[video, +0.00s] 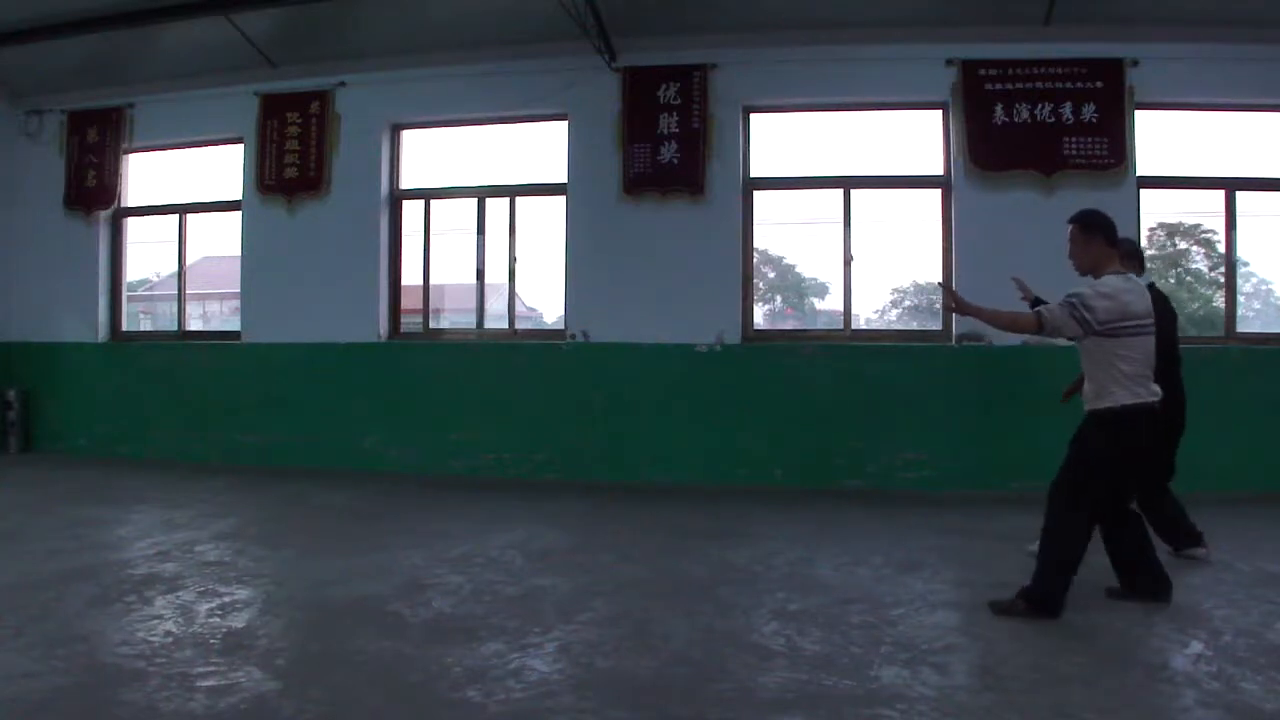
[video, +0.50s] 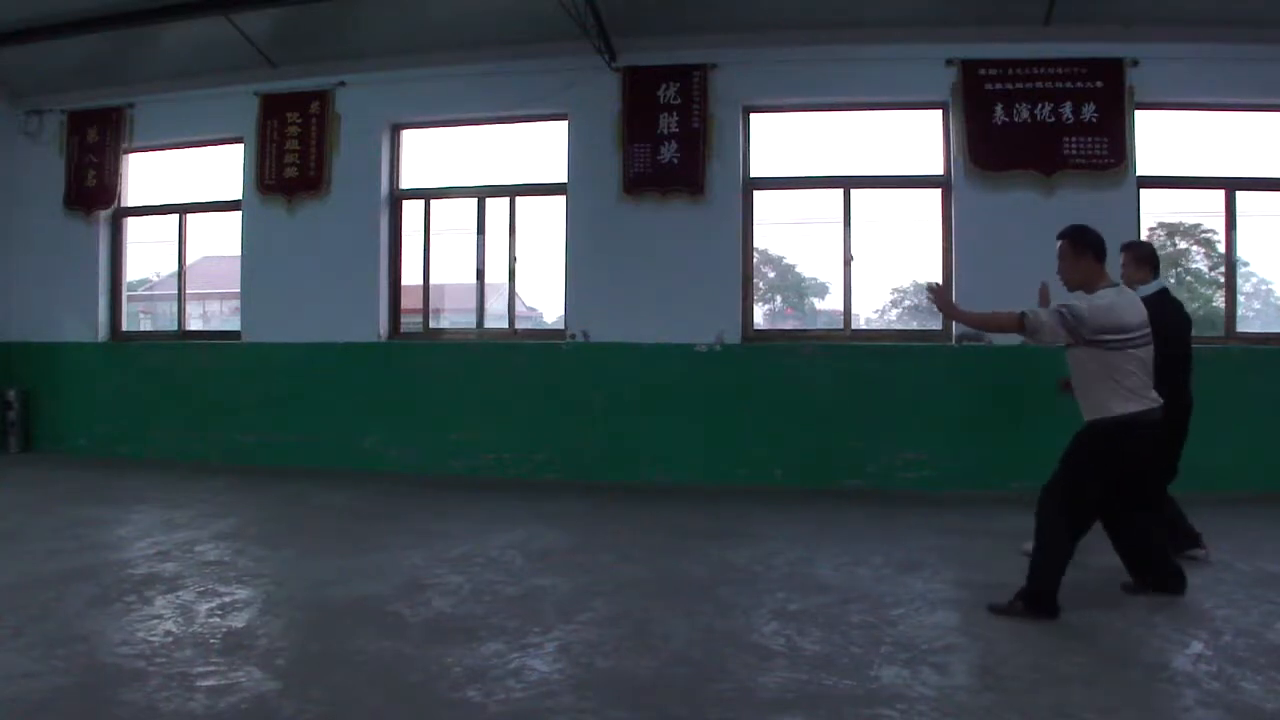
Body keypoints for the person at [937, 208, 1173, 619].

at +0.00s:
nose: (1069, 252)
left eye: (1074, 243)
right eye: (1069, 244)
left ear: (1097, 243)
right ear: (1106, 245)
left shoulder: (1096, 297)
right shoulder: (1139, 292)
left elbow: (1034, 323)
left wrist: (966, 308)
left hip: (1111, 419)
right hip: (1144, 413)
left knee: (1067, 500)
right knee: (1111, 500)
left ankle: (1044, 598)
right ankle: (1146, 583)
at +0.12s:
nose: (1062, 253)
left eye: (1067, 243)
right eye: (1062, 244)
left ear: (1089, 243)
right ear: (1102, 245)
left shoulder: (1086, 298)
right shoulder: (1136, 292)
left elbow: (1024, 323)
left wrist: (961, 307)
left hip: (1105, 420)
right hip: (1144, 413)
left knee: (1063, 501)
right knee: (1113, 500)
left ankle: (1043, 598)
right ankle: (1147, 582)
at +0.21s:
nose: (1053, 255)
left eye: (1057, 245)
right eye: (1052, 246)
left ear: (1079, 244)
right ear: (1093, 245)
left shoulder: (1073, 300)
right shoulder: (1132, 292)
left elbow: (1014, 323)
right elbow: (1149, 340)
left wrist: (957, 305)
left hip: (1098, 420)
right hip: (1140, 413)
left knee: (1057, 502)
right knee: (1113, 500)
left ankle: (1041, 598)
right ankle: (1147, 582)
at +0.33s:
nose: (1048, 261)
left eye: (1051, 252)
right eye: (1047, 253)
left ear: (1073, 251)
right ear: (1086, 252)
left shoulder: (1064, 306)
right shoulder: (1129, 298)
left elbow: (1008, 326)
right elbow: (1148, 346)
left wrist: (951, 308)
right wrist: (1086, 380)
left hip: (1097, 426)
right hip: (1140, 417)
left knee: (1048, 502)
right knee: (1104, 497)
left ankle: (1040, 599)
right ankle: (1154, 571)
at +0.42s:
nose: (1049, 266)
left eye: (1053, 257)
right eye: (1049, 258)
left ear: (1075, 255)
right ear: (1088, 257)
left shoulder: (1066, 310)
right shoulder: (1130, 301)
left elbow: (1010, 326)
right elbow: (1147, 352)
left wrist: (951, 310)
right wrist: (1084, 382)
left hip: (1099, 429)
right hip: (1142, 420)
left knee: (1048, 502)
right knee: (1105, 498)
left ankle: (1039, 599)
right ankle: (1157, 570)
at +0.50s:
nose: (1059, 269)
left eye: (1063, 259)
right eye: (1059, 260)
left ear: (1087, 260)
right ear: (1097, 261)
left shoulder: (1087, 310)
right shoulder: (1131, 302)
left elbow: (1020, 323)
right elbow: (1092, 337)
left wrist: (956, 313)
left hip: (1110, 431)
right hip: (1147, 423)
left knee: (1059, 505)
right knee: (1120, 504)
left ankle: (1039, 598)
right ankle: (1161, 576)